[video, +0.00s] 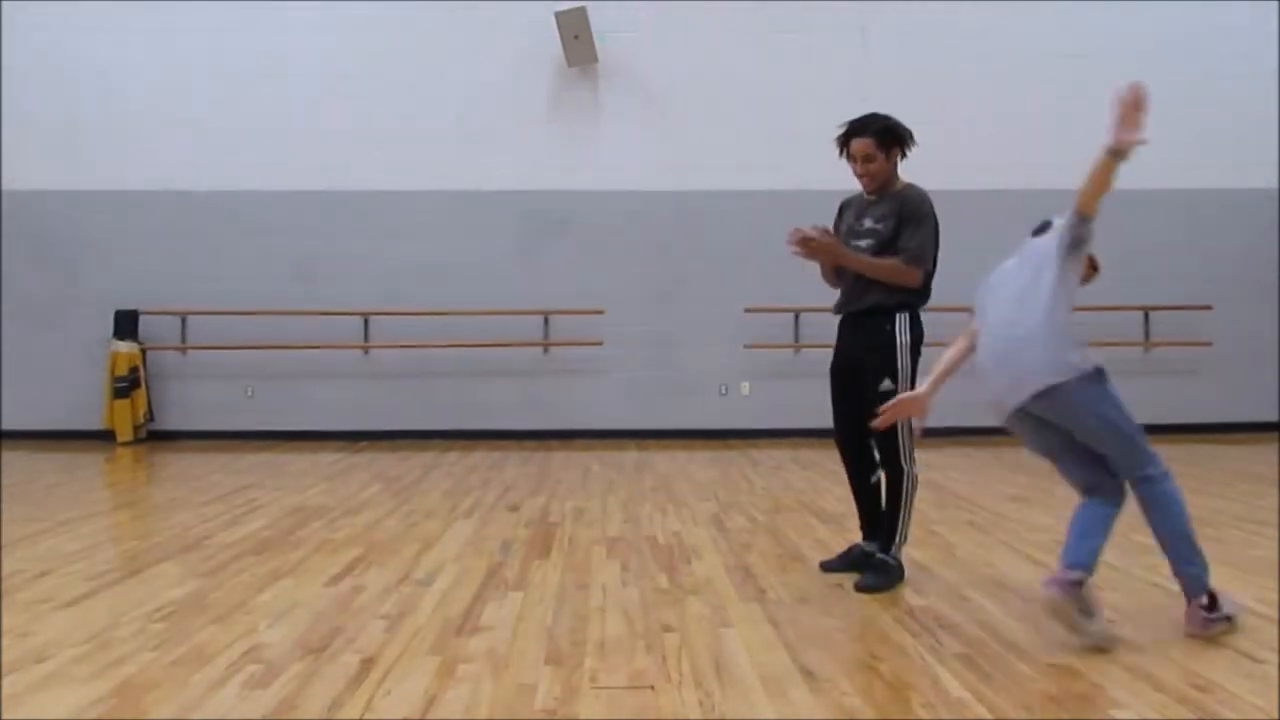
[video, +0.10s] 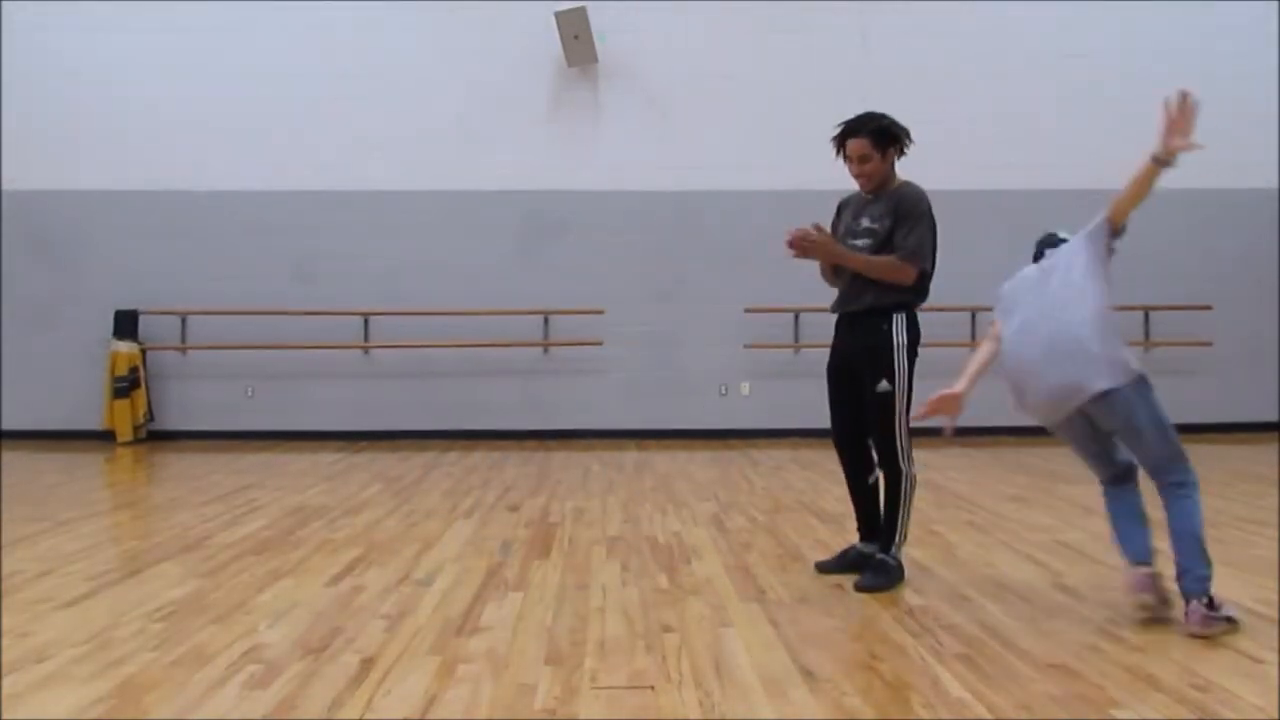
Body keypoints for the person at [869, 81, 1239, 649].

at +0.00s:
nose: (1087, 280)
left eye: (1089, 276)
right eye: (1087, 272)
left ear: (1030, 246)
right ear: (1073, 249)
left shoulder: (996, 287)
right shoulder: (1058, 244)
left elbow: (966, 342)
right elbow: (1086, 202)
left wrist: (923, 392)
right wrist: (1116, 148)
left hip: (1007, 398)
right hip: (1057, 374)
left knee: (1102, 487)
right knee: (1148, 473)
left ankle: (1070, 580)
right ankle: (1200, 599)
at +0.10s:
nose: (1087, 253)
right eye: (1081, 248)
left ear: (1034, 260)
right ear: (1070, 249)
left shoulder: (1011, 293)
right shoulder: (1080, 249)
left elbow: (990, 341)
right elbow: (1120, 208)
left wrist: (960, 388)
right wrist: (1163, 154)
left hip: (1045, 397)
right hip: (1100, 372)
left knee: (1115, 476)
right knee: (1175, 479)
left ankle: (1141, 574)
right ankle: (1197, 599)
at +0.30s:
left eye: (1014, 286)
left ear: (1013, 282)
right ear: (1045, 263)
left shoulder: (1012, 300)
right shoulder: (1073, 259)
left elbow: (1015, 334)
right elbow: (1114, 226)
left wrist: (1018, 371)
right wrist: (1163, 181)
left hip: (1077, 395)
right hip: (1129, 368)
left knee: (1119, 474)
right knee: (1171, 458)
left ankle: (1174, 562)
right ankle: (1217, 538)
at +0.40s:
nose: (996, 290)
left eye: (992, 285)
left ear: (993, 280)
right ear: (1020, 261)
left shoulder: (997, 296)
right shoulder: (1053, 256)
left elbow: (1008, 330)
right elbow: (1095, 226)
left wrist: (1018, 370)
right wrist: (1148, 185)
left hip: (1071, 385)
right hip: (1117, 360)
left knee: (1114, 473)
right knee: (1136, 449)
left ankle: (1168, 550)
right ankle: (1169, 540)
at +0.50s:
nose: (964, 292)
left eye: (964, 289)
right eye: (964, 287)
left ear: (970, 284)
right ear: (994, 265)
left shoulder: (976, 297)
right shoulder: (1028, 258)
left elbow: (995, 329)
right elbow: (1074, 226)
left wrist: (1012, 367)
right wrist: (1127, 186)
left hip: (1057, 377)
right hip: (1099, 357)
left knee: (1078, 462)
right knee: (1098, 443)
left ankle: (1134, 513)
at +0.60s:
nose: (930, 305)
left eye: (930, 299)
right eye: (928, 300)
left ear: (940, 290)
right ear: (959, 274)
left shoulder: (950, 301)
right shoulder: (998, 265)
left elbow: (981, 332)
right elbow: (1045, 232)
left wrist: (1010, 368)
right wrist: (1094, 193)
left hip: (1040, 372)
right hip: (1076, 359)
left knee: (1020, 446)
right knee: (1067, 436)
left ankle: (1075, 506)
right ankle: (1095, 519)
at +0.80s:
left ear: (879, 274)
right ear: (901, 253)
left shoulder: (899, 301)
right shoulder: (926, 267)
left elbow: (936, 334)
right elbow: (966, 239)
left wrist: (986, 356)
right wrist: (1009, 205)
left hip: (966, 373)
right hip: (995, 359)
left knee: (940, 434)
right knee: (979, 427)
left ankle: (975, 502)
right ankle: (1035, 482)